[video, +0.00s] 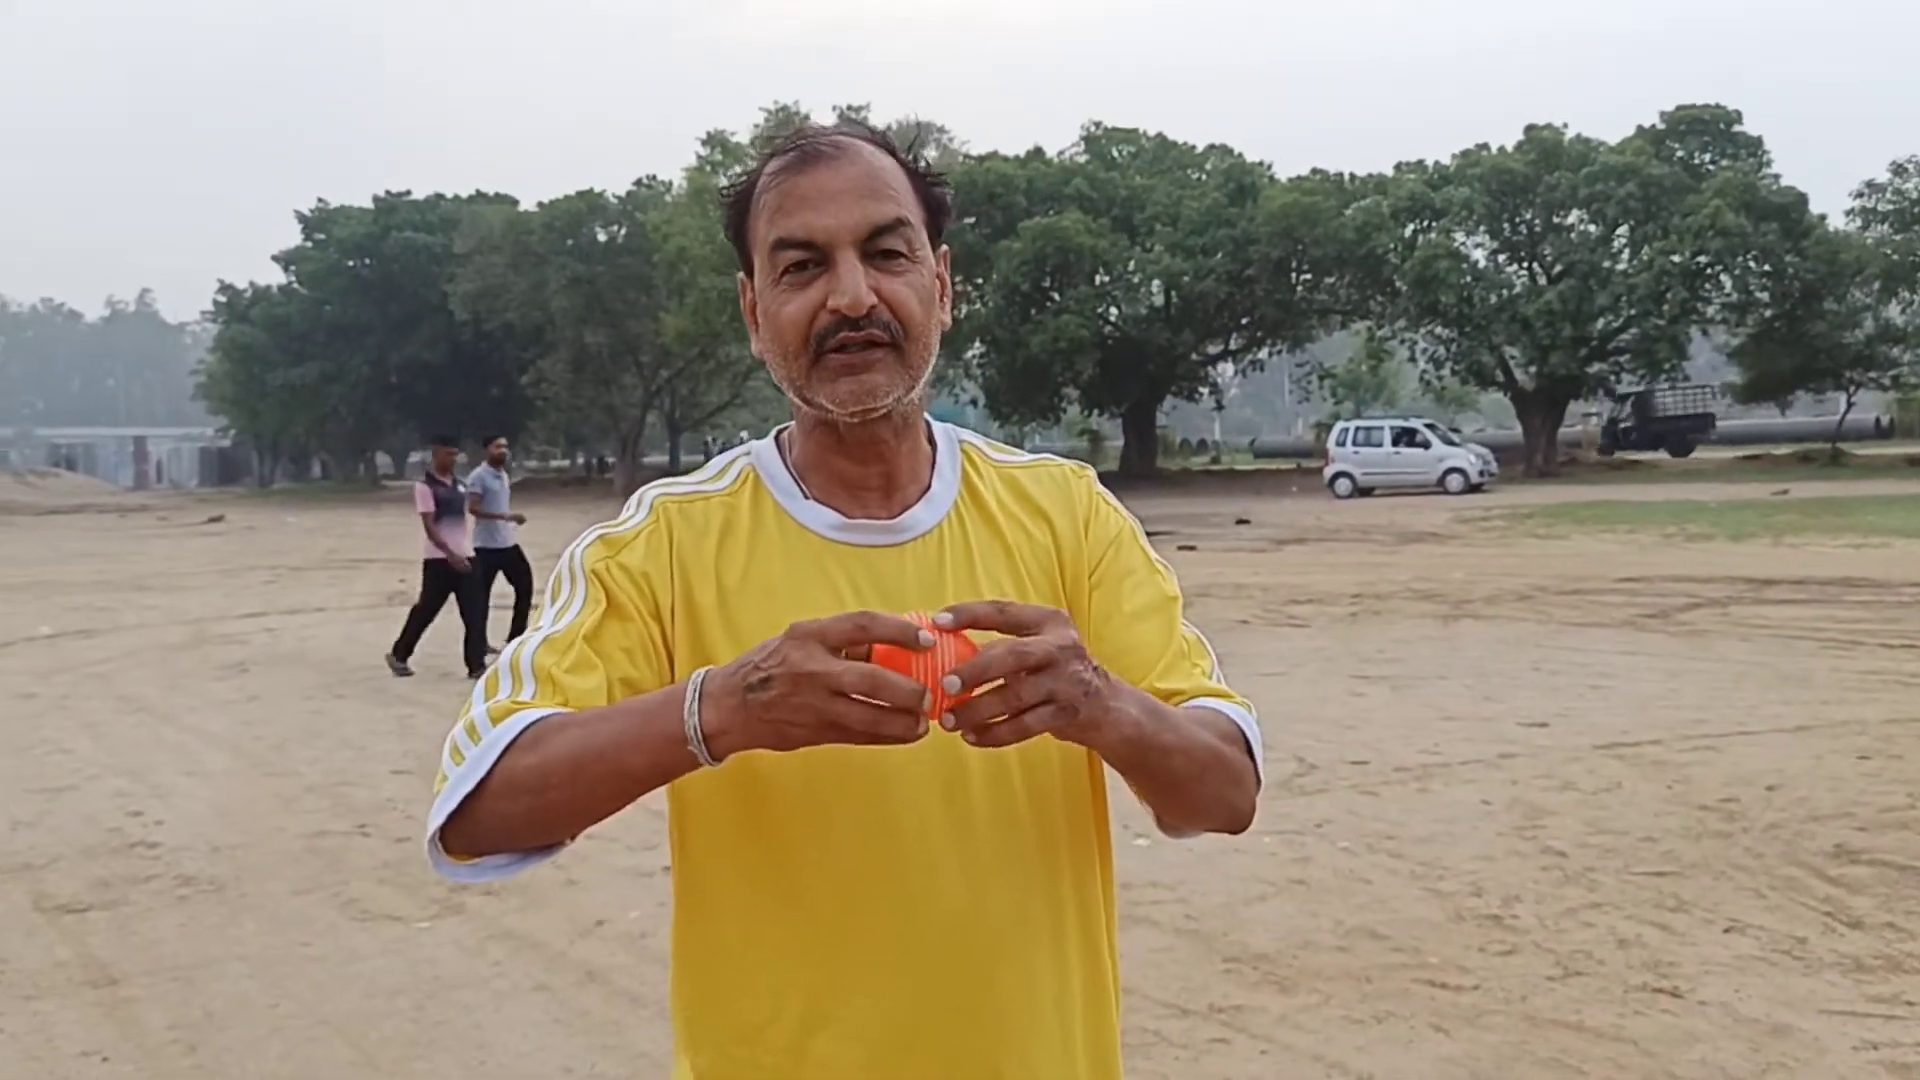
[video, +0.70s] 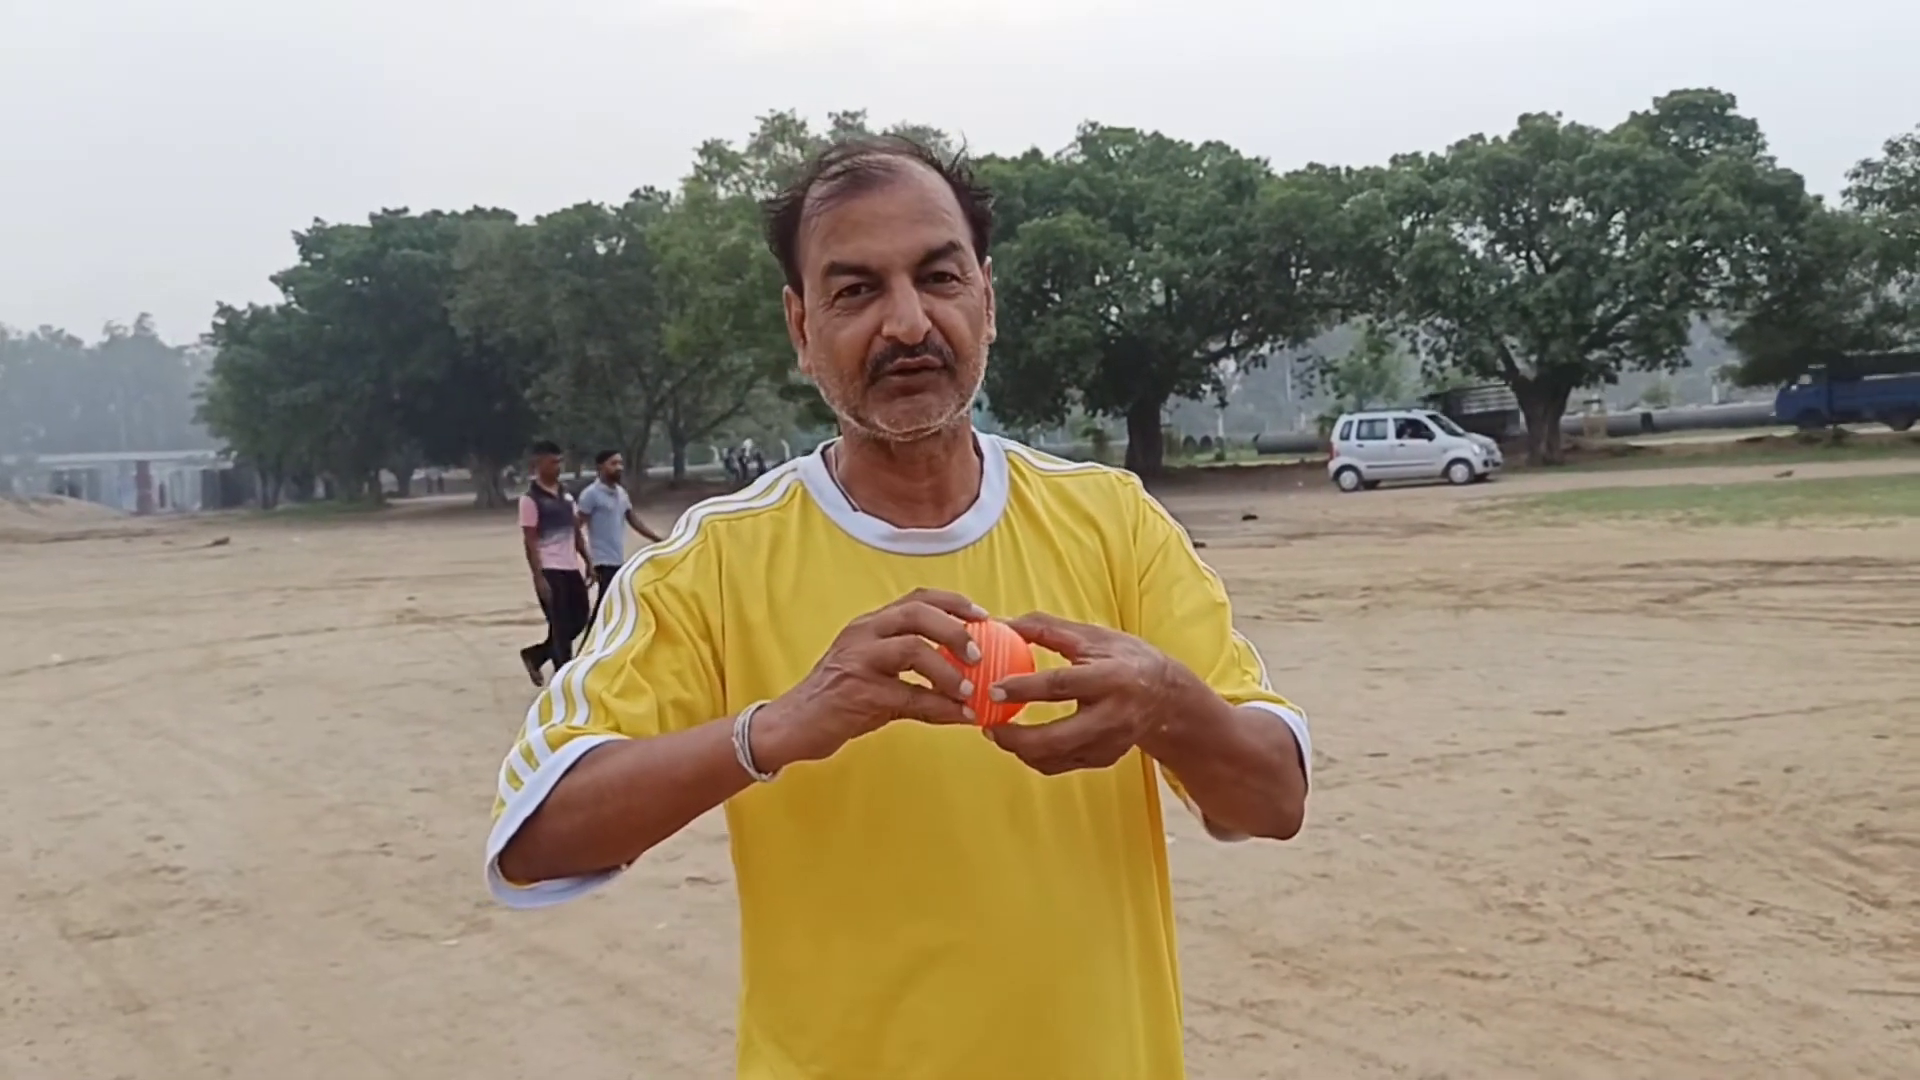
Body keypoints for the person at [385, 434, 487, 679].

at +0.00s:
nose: (452, 459)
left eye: (454, 454)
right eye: (447, 454)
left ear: (457, 456)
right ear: (435, 454)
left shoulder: (458, 485)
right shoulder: (424, 487)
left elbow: (460, 521)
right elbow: (429, 528)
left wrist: (467, 551)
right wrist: (452, 555)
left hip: (465, 558)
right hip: (439, 560)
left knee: (475, 618)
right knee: (425, 611)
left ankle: (476, 666)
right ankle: (398, 655)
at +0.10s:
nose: (478, 461)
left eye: (480, 456)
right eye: (473, 456)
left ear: (482, 458)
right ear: (460, 456)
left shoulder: (483, 488)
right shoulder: (449, 490)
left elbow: (487, 524)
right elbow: (451, 528)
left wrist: (493, 552)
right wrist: (462, 561)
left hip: (492, 559)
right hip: (468, 561)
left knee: (495, 619)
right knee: (467, 616)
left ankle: (488, 669)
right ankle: (429, 646)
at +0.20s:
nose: (495, 461)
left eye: (497, 456)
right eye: (491, 456)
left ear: (499, 459)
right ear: (477, 456)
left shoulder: (502, 490)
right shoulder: (465, 490)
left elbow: (513, 525)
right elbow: (462, 529)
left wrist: (523, 554)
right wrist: (468, 564)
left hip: (510, 558)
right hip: (484, 559)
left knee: (508, 614)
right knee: (500, 610)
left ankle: (494, 670)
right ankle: (467, 653)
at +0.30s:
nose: (510, 464)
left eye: (511, 460)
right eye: (505, 459)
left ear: (512, 462)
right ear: (490, 460)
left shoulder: (516, 494)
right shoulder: (478, 494)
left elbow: (528, 526)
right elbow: (469, 532)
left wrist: (544, 553)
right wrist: (470, 571)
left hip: (516, 561)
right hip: (495, 560)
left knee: (507, 617)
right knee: (515, 611)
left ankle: (496, 673)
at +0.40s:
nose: (524, 469)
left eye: (526, 464)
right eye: (520, 464)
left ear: (526, 468)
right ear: (506, 465)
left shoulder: (530, 498)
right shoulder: (493, 499)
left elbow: (543, 528)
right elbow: (483, 538)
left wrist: (562, 552)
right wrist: (478, 575)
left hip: (529, 568)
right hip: (509, 568)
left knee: (511, 625)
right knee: (528, 621)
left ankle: (496, 675)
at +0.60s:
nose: (551, 471)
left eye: (552, 466)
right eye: (546, 466)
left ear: (554, 469)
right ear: (531, 468)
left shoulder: (556, 499)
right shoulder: (521, 502)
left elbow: (569, 535)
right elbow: (515, 543)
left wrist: (586, 560)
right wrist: (515, 582)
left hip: (562, 570)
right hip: (540, 571)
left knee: (549, 627)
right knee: (559, 627)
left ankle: (511, 666)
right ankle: (572, 677)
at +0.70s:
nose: (557, 467)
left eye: (559, 462)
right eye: (552, 462)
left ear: (560, 464)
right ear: (537, 465)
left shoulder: (565, 497)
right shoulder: (530, 500)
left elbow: (576, 533)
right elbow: (530, 542)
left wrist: (588, 561)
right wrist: (538, 577)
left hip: (572, 568)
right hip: (550, 569)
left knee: (579, 619)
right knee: (561, 626)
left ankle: (537, 654)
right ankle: (565, 676)